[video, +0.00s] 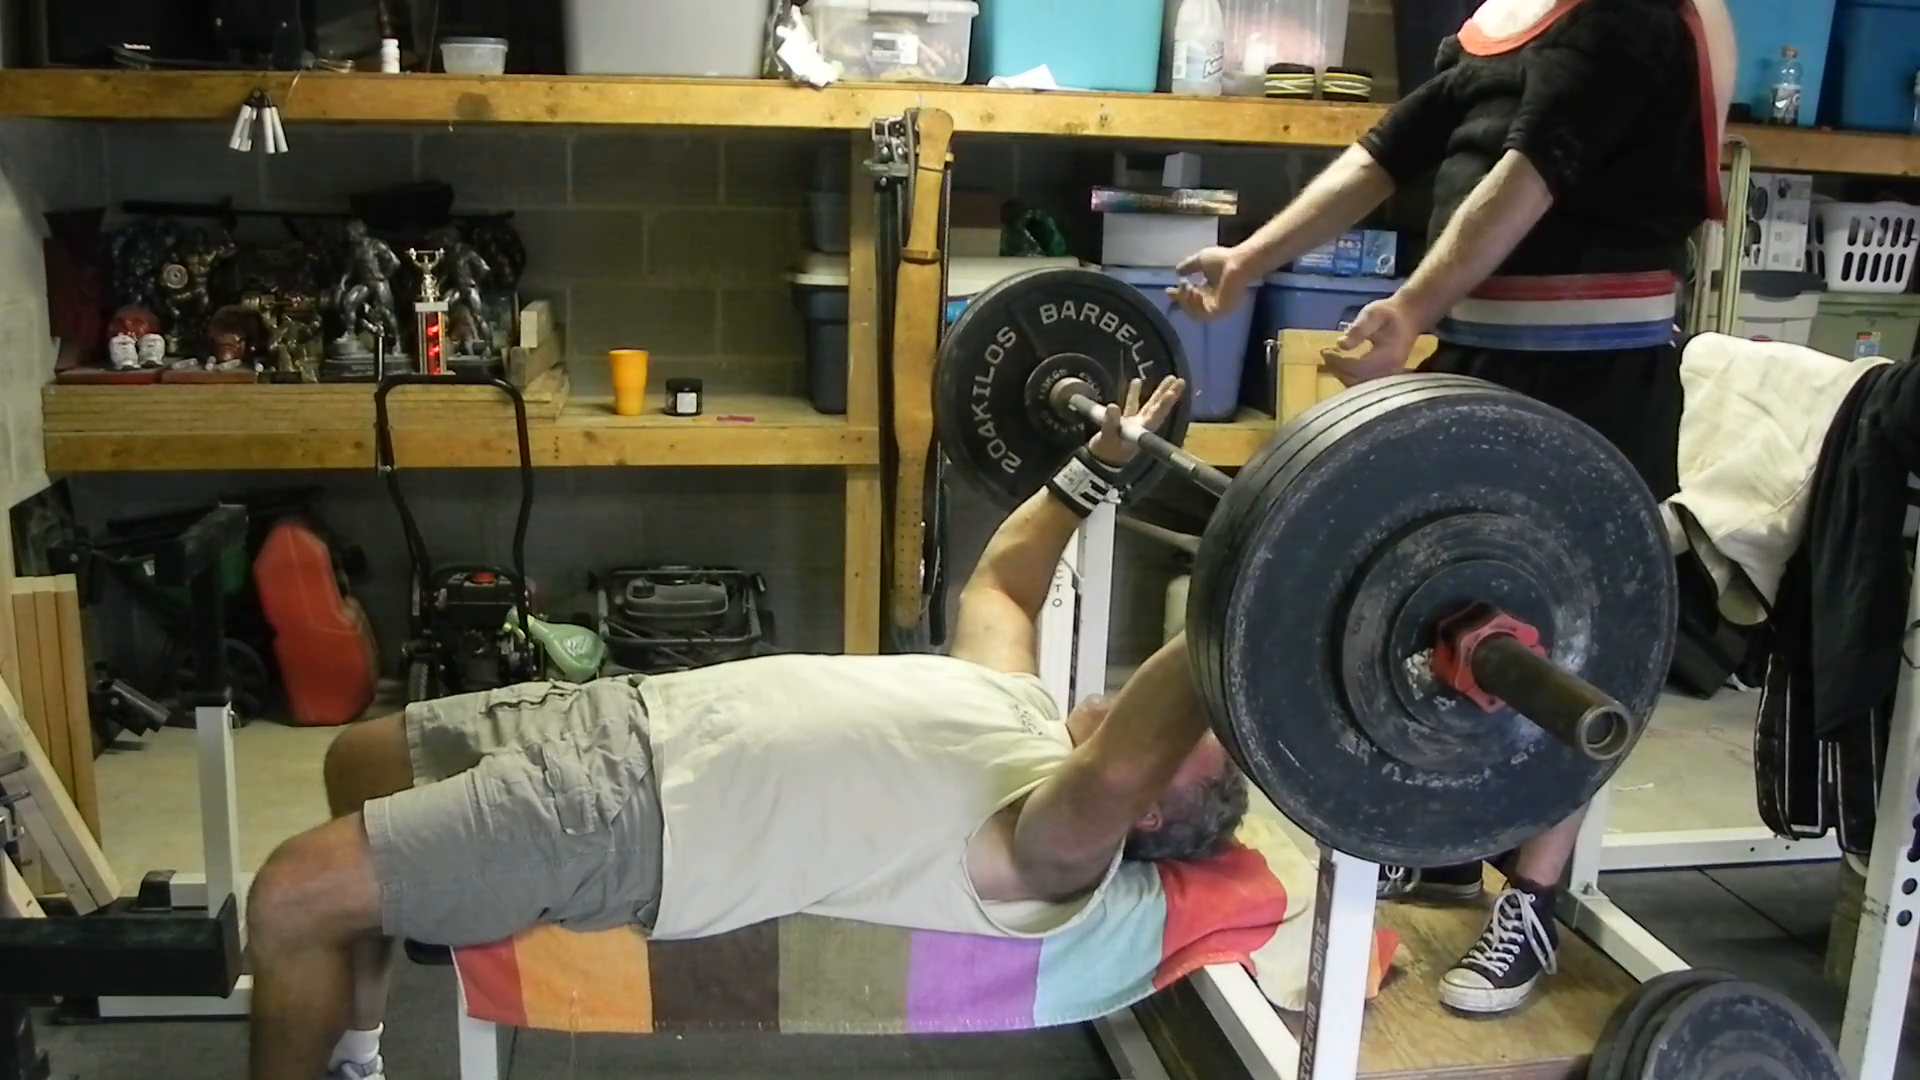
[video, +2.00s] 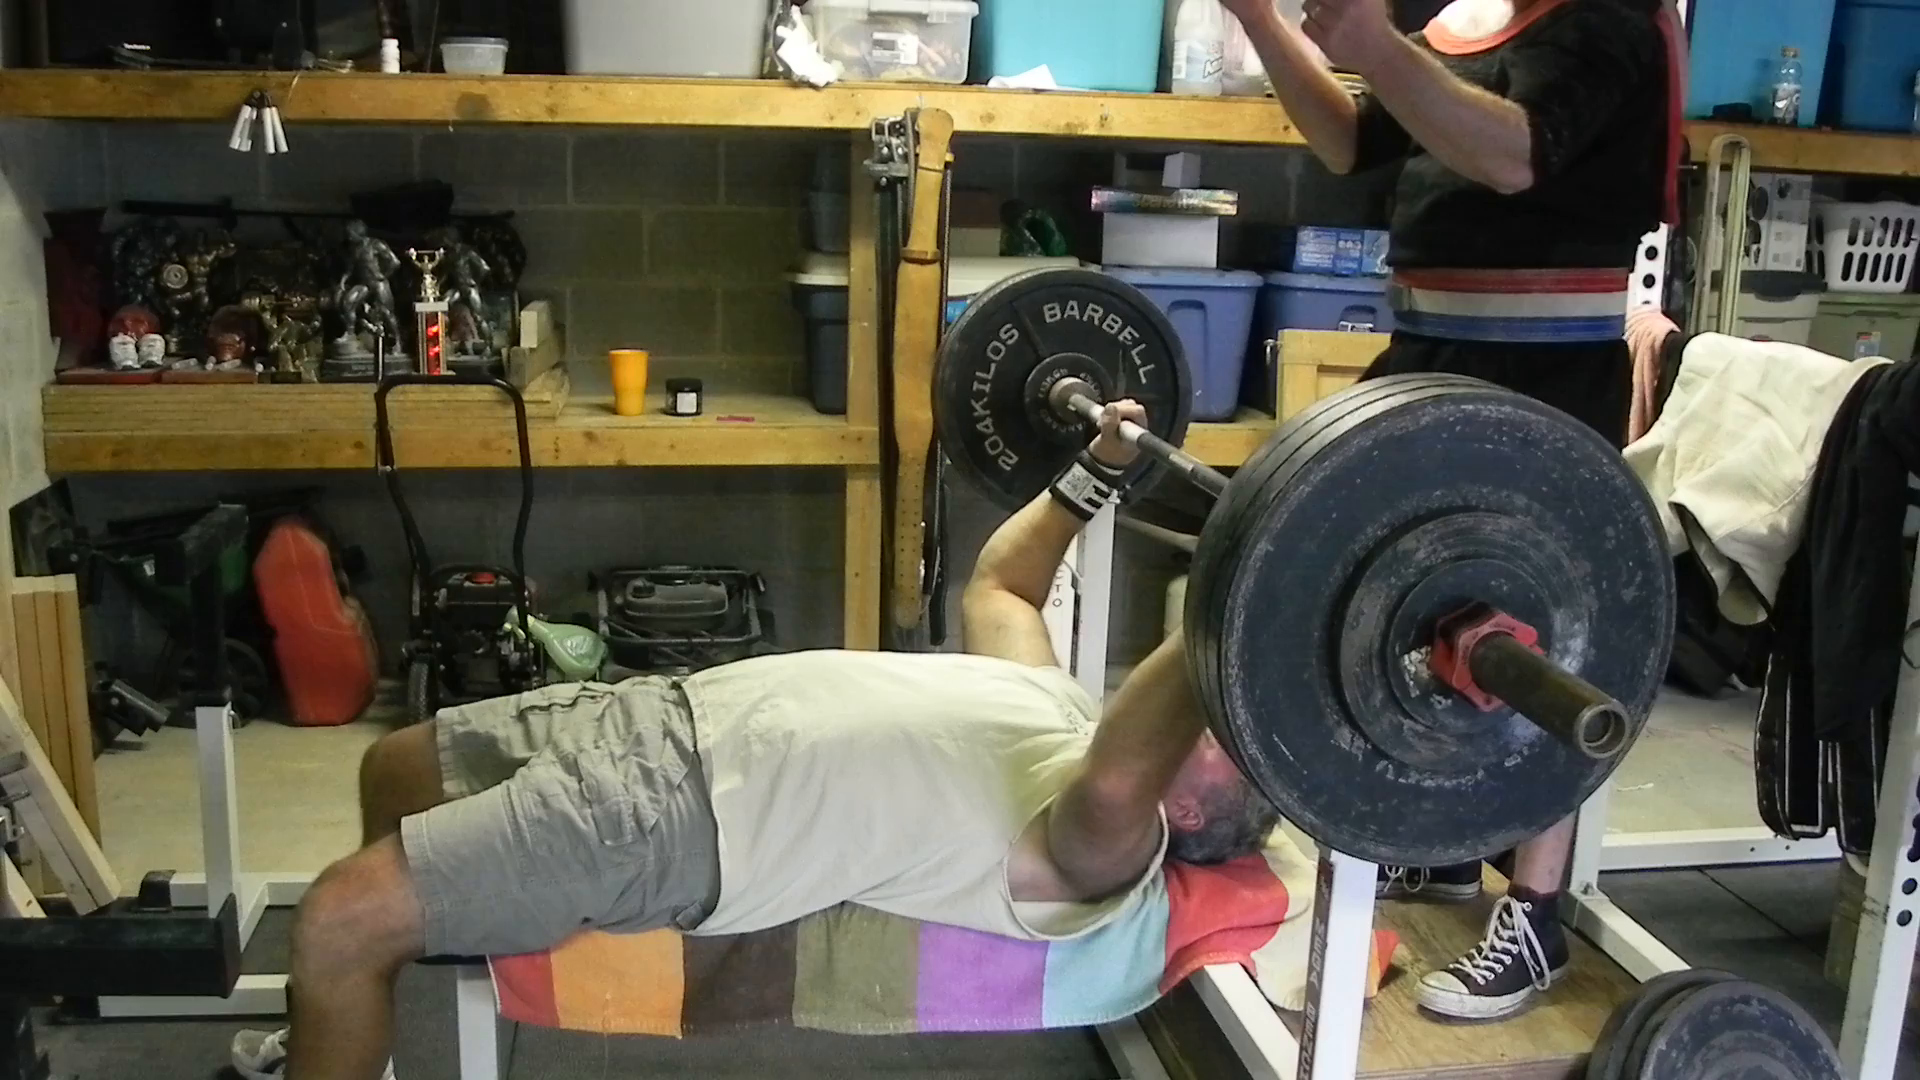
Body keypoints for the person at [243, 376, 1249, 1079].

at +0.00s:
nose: (1168, 725)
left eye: (1194, 746)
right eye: (1185, 717)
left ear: (1172, 814)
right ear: (1149, 733)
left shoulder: (1050, 847)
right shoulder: (1007, 707)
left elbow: (1132, 754)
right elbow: (1007, 583)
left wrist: (1273, 593)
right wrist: (1102, 453)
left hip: (626, 821)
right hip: (616, 709)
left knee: (295, 890)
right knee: (360, 762)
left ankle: (298, 1068)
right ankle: (350, 1048)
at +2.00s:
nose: (1197, 738)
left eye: (1225, 748)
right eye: (1211, 722)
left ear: (1216, 808)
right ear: (1187, 732)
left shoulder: (1097, 857)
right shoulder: (1043, 714)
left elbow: (1132, 763)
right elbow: (1007, 581)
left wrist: (1231, 605)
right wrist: (1089, 474)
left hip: (675, 819)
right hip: (658, 710)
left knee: (339, 922)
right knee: (395, 768)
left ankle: (330, 1067)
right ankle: (427, 980)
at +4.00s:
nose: (1199, 740)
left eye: (1228, 749)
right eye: (1213, 723)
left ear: (1215, 811)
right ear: (1182, 728)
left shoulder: (1087, 860)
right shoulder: (1035, 718)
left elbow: (1135, 760)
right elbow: (1016, 582)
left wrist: (1260, 608)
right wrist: (1099, 473)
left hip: (665, 819)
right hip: (653, 711)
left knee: (328, 916)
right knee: (390, 767)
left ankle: (323, 1065)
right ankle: (390, 988)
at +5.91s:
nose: (1178, 717)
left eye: (1211, 739)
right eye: (1203, 718)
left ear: (1196, 818)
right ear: (1186, 721)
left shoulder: (1075, 867)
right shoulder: (1043, 721)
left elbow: (1141, 760)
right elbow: (1011, 586)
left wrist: (1271, 601)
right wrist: (1102, 470)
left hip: (656, 818)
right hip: (645, 716)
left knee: (311, 911)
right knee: (380, 763)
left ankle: (335, 1064)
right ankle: (376, 1008)